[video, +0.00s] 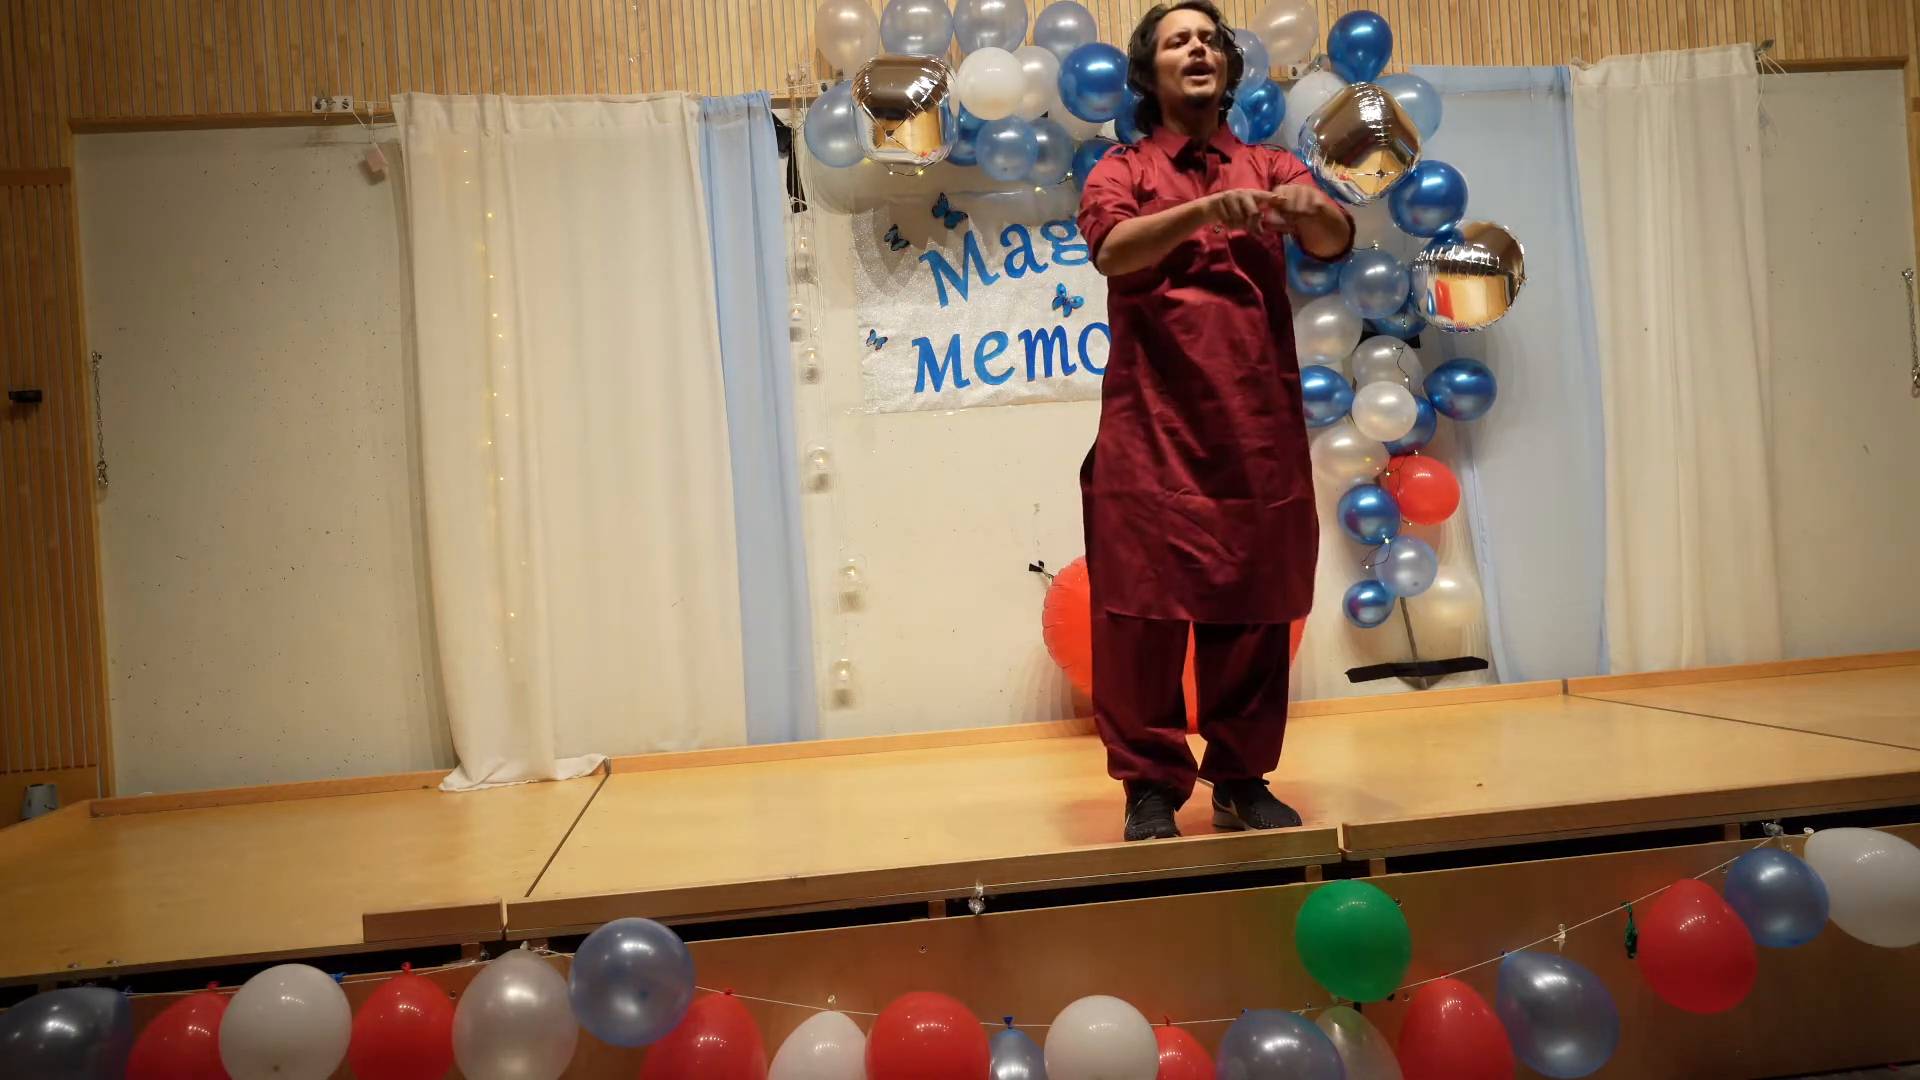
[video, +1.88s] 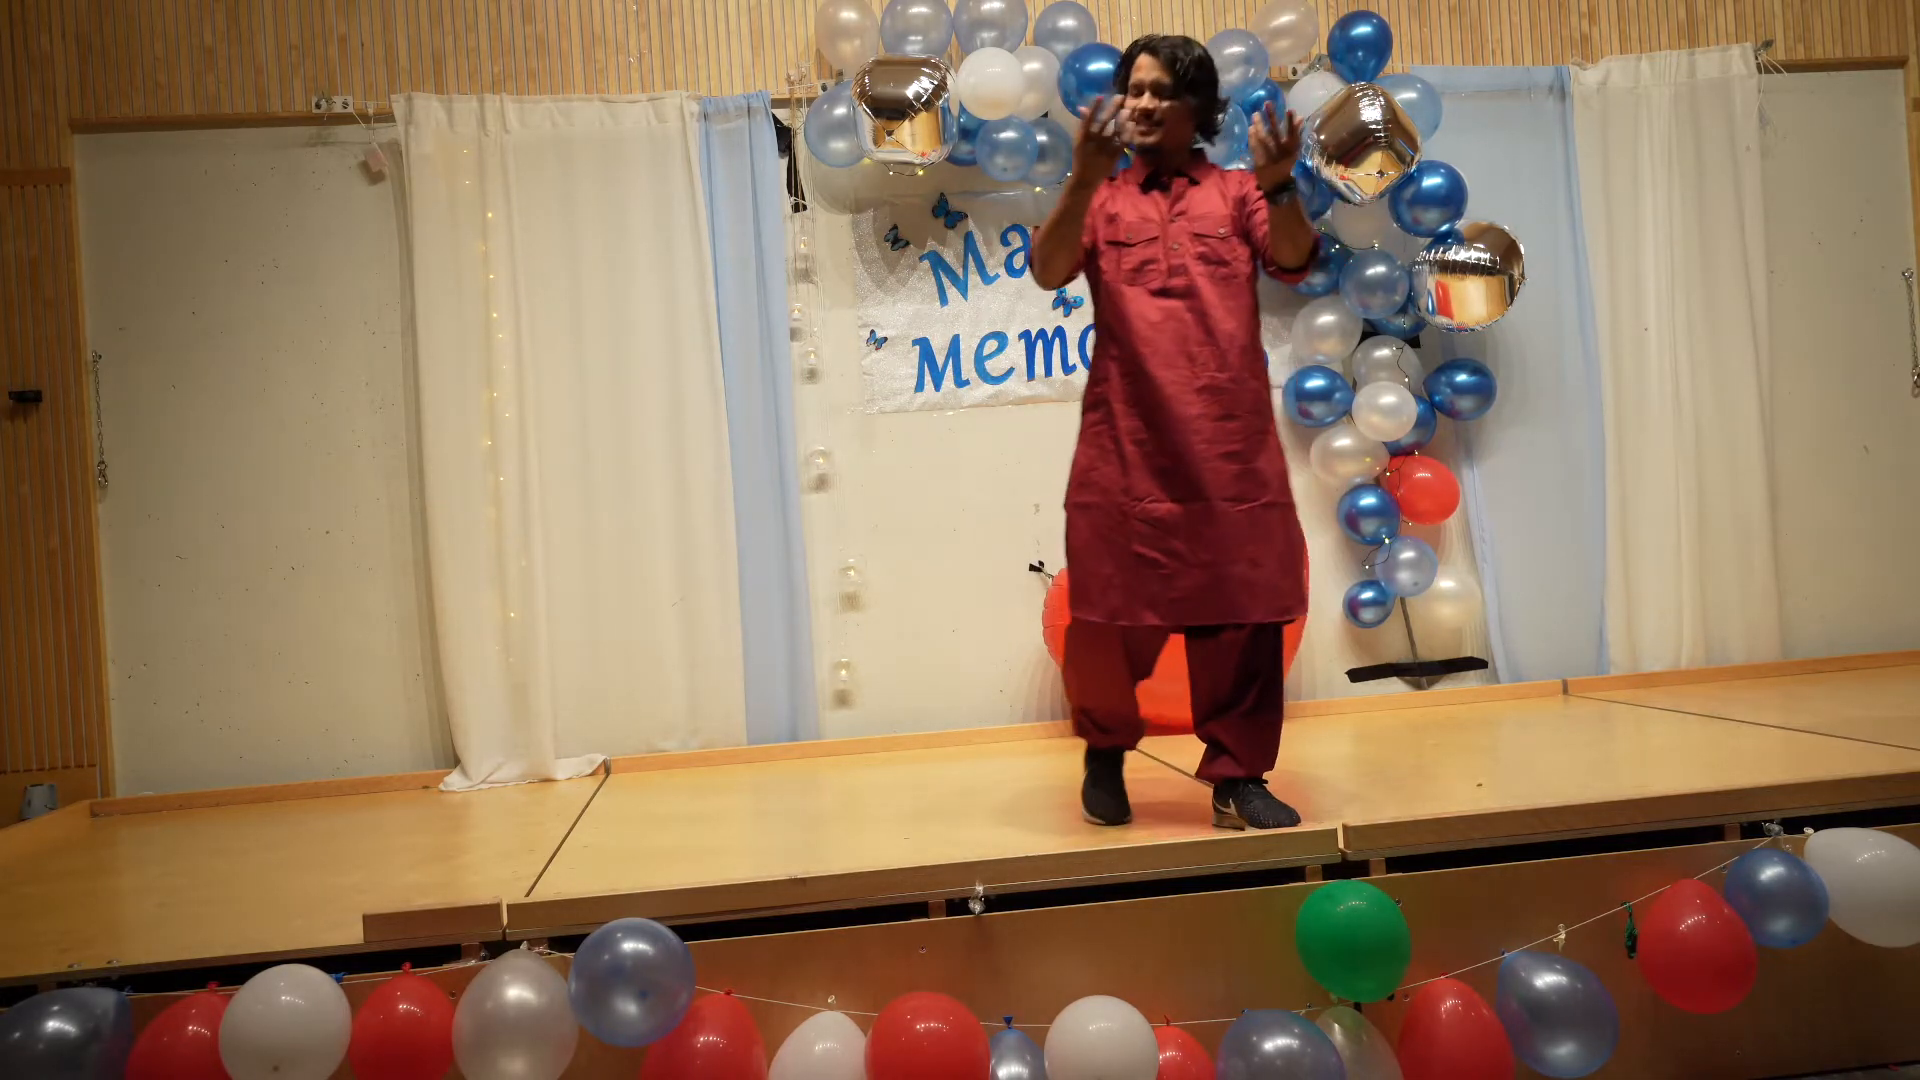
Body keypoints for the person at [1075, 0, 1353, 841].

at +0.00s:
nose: (1199, 50)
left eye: (1210, 40)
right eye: (1178, 41)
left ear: (1231, 68)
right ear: (1146, 75)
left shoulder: (1268, 163)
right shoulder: (1120, 170)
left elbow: (1335, 242)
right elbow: (1113, 254)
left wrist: (1307, 208)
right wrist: (1199, 212)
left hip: (1258, 425)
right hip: (1153, 427)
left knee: (1252, 606)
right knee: (1143, 609)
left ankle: (1242, 785)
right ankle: (1150, 791)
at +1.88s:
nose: (1139, 103)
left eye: (1158, 92)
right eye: (1132, 90)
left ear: (1197, 109)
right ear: (1118, 104)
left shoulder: (1235, 188)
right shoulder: (1100, 194)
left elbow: (1294, 261)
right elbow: (1048, 271)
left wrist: (1279, 189)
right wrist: (1083, 177)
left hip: (1229, 436)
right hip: (1128, 436)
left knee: (1243, 607)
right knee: (1109, 607)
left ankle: (1238, 777)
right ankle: (1104, 752)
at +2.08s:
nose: (1119, 116)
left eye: (1138, 105)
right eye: (1112, 102)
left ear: (1176, 120)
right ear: (1100, 111)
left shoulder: (1207, 201)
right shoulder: (1073, 199)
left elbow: (1262, 283)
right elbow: (1015, 267)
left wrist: (1246, 214)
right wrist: (1044, 175)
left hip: (1194, 435)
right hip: (1093, 438)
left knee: (1222, 600)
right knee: (1085, 603)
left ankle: (1238, 777)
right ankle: (1099, 769)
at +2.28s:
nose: (1089, 130)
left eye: (1106, 120)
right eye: (1083, 118)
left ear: (1144, 135)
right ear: (1071, 129)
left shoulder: (1176, 218)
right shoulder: (1042, 217)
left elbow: (1220, 309)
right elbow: (980, 269)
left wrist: (1199, 261)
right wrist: (1002, 179)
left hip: (1157, 446)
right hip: (1059, 450)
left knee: (1195, 605)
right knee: (1063, 612)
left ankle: (1234, 773)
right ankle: (1098, 768)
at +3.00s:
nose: (1044, 152)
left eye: (1057, 141)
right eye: (1031, 143)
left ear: (1082, 155)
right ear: (1014, 158)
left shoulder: (1125, 237)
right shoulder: (997, 241)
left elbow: (1177, 316)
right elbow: (941, 269)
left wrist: (1156, 314)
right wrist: (970, 178)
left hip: (1118, 454)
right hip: (1033, 456)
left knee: (1126, 608)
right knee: (1049, 614)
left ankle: (1096, 739)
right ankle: (1095, 759)